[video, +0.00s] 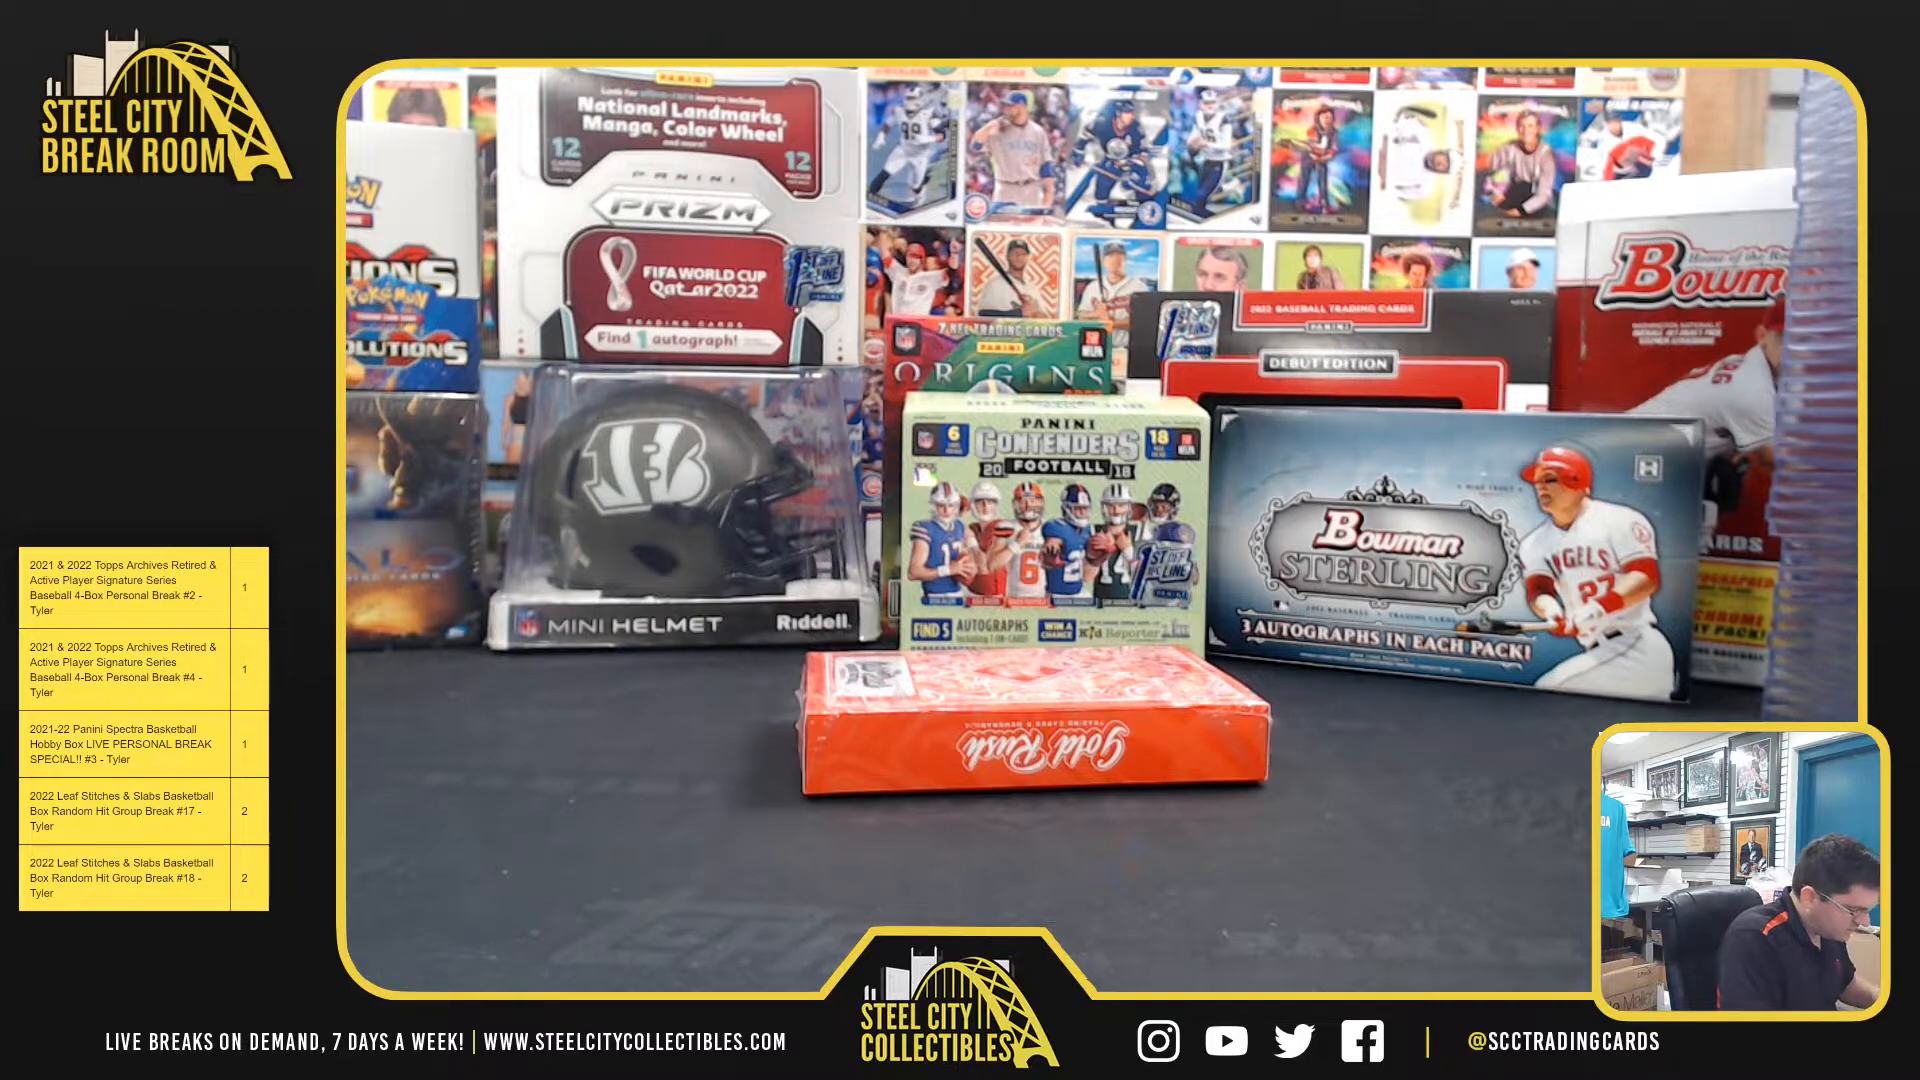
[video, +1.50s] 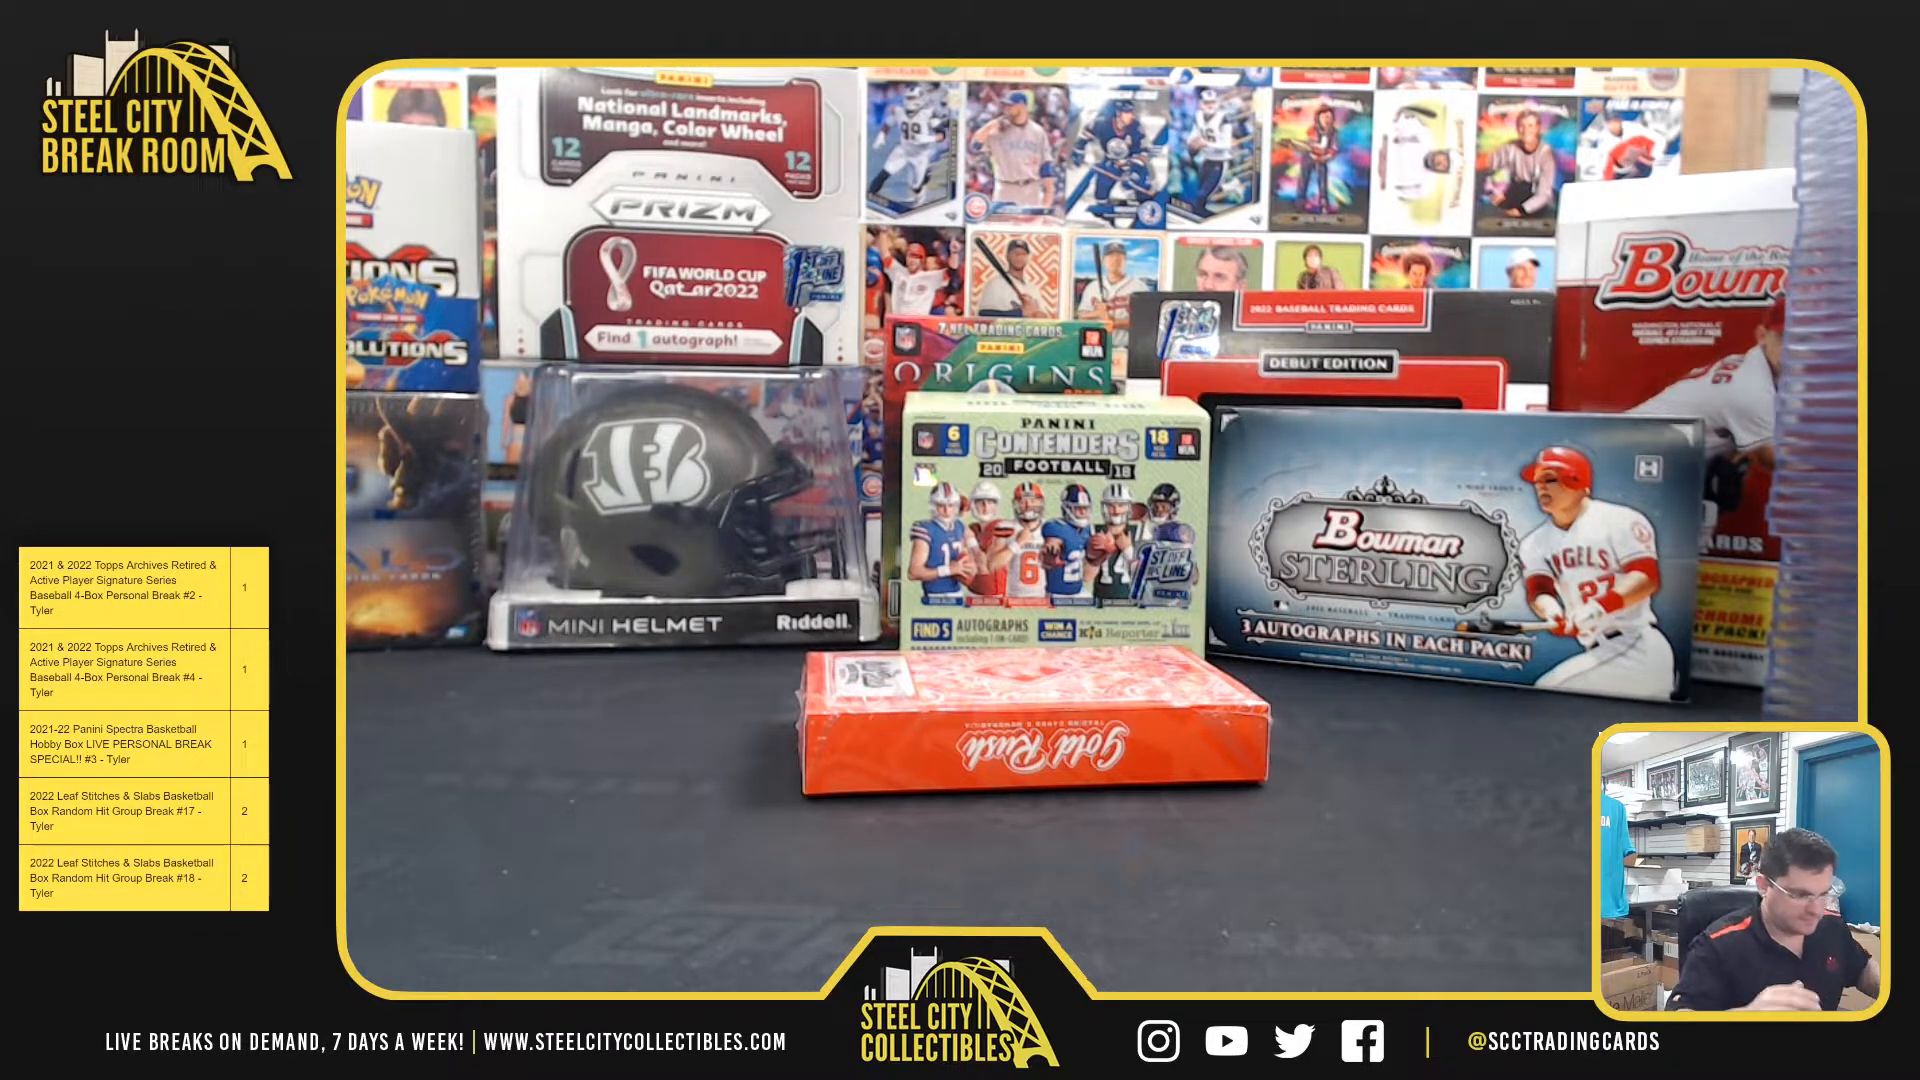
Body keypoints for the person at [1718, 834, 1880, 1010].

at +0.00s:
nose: (1864, 922)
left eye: (1867, 910)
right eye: (1854, 911)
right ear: (1809, 898)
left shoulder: (1827, 927)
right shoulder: (1752, 938)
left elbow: (1846, 984)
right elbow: (1746, 1018)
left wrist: (1882, 999)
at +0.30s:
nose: (1844, 908)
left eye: (1848, 896)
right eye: (1833, 896)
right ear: (1790, 884)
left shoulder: (1818, 925)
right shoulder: (1737, 932)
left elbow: (1827, 983)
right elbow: (1725, 1018)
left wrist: (1871, 980)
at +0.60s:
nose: (1820, 897)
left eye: (1827, 886)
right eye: (1810, 883)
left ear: (1832, 882)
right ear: (1773, 874)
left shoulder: (1822, 929)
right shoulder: (1727, 925)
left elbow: (1844, 987)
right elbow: (1711, 1005)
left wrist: (1864, 984)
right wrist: (1810, 1015)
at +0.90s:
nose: (1812, 895)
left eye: (1820, 883)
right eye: (1800, 880)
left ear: (1825, 880)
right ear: (1767, 872)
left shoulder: (1826, 929)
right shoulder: (1722, 925)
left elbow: (1858, 1005)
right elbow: (1702, 1002)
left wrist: (1867, 985)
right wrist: (1793, 998)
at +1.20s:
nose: (1806, 894)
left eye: (1815, 882)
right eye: (1793, 880)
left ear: (1821, 879)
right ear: (1762, 874)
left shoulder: (1830, 927)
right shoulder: (1720, 926)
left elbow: (1875, 1001)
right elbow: (1696, 1001)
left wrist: (1871, 986)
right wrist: (1784, 995)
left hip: (1821, 1048)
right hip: (1743, 1050)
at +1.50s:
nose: (1816, 909)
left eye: (1824, 894)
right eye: (1801, 895)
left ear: (1829, 886)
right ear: (1763, 885)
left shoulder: (1833, 931)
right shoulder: (1717, 947)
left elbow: (1865, 971)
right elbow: (1680, 1019)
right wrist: (1750, 1011)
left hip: (1824, 1059)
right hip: (1746, 1064)